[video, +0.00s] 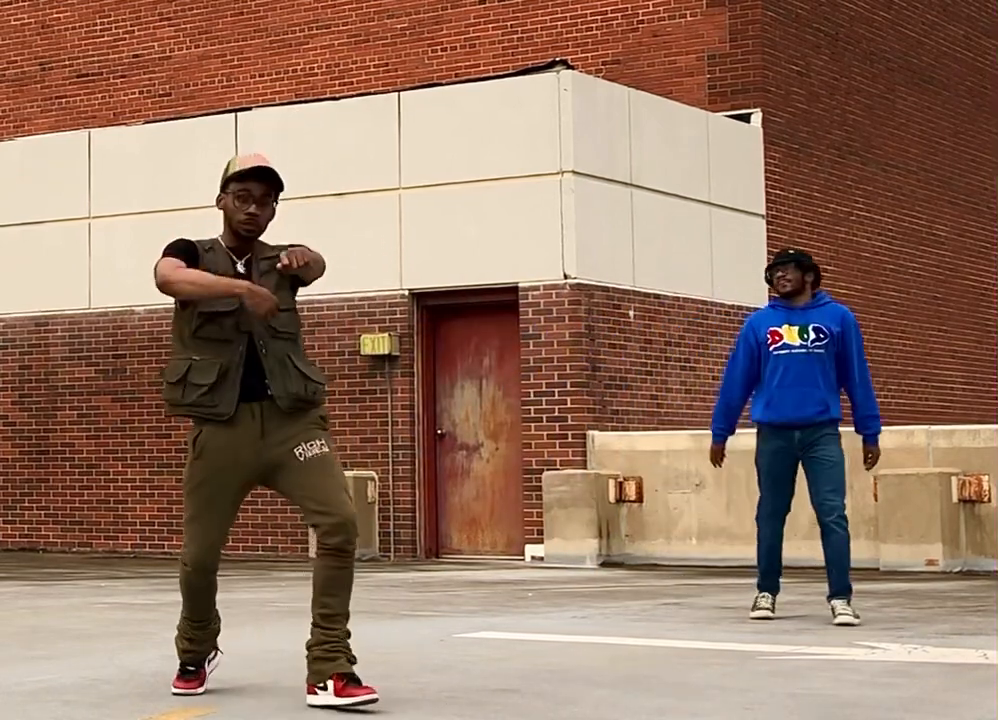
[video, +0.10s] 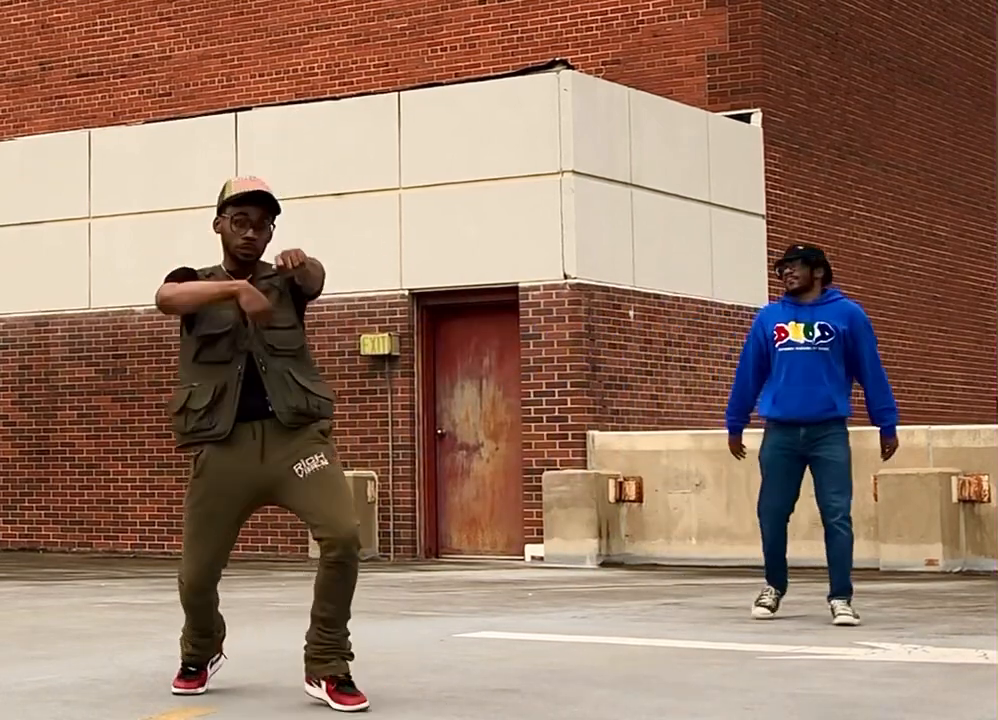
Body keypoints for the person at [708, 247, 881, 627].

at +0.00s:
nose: (781, 276)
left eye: (788, 270)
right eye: (776, 272)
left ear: (808, 275)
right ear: (772, 280)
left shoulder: (838, 317)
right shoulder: (759, 322)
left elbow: (857, 377)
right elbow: (736, 380)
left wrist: (870, 432)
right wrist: (719, 435)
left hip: (822, 432)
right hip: (773, 433)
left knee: (832, 513)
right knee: (770, 514)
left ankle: (840, 599)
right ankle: (766, 592)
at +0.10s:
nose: (787, 272)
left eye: (795, 265)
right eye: (784, 267)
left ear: (818, 271)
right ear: (783, 274)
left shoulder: (848, 314)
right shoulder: (768, 316)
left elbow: (871, 371)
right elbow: (748, 373)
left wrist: (887, 423)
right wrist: (734, 423)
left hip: (829, 432)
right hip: (780, 433)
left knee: (837, 515)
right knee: (771, 512)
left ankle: (841, 599)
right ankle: (773, 587)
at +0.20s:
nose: (789, 273)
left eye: (797, 267)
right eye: (788, 268)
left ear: (821, 270)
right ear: (789, 273)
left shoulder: (852, 314)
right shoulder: (774, 314)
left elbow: (878, 371)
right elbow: (756, 372)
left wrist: (897, 423)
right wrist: (748, 425)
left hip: (831, 432)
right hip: (782, 432)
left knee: (838, 514)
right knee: (774, 510)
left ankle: (840, 598)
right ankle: (786, 587)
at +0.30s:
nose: (789, 272)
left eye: (797, 267)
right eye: (790, 267)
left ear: (823, 271)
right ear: (804, 272)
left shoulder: (854, 314)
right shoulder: (782, 313)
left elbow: (885, 372)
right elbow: (772, 371)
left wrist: (906, 429)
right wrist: (769, 421)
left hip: (831, 431)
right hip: (783, 431)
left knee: (838, 515)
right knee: (781, 511)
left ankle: (840, 599)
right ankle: (801, 596)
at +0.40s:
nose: (790, 273)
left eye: (796, 268)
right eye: (791, 267)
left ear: (819, 271)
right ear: (809, 272)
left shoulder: (854, 315)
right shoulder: (789, 313)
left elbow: (883, 374)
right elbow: (783, 369)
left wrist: (898, 433)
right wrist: (778, 413)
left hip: (832, 432)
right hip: (788, 431)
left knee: (838, 517)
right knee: (796, 515)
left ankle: (841, 600)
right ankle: (801, 599)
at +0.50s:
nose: (789, 274)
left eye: (794, 268)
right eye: (790, 268)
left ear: (816, 271)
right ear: (808, 272)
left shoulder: (849, 312)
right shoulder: (794, 310)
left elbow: (871, 370)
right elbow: (788, 368)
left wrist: (876, 428)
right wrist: (780, 417)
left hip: (833, 429)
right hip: (790, 429)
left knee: (840, 515)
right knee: (795, 514)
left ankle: (842, 599)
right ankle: (803, 599)